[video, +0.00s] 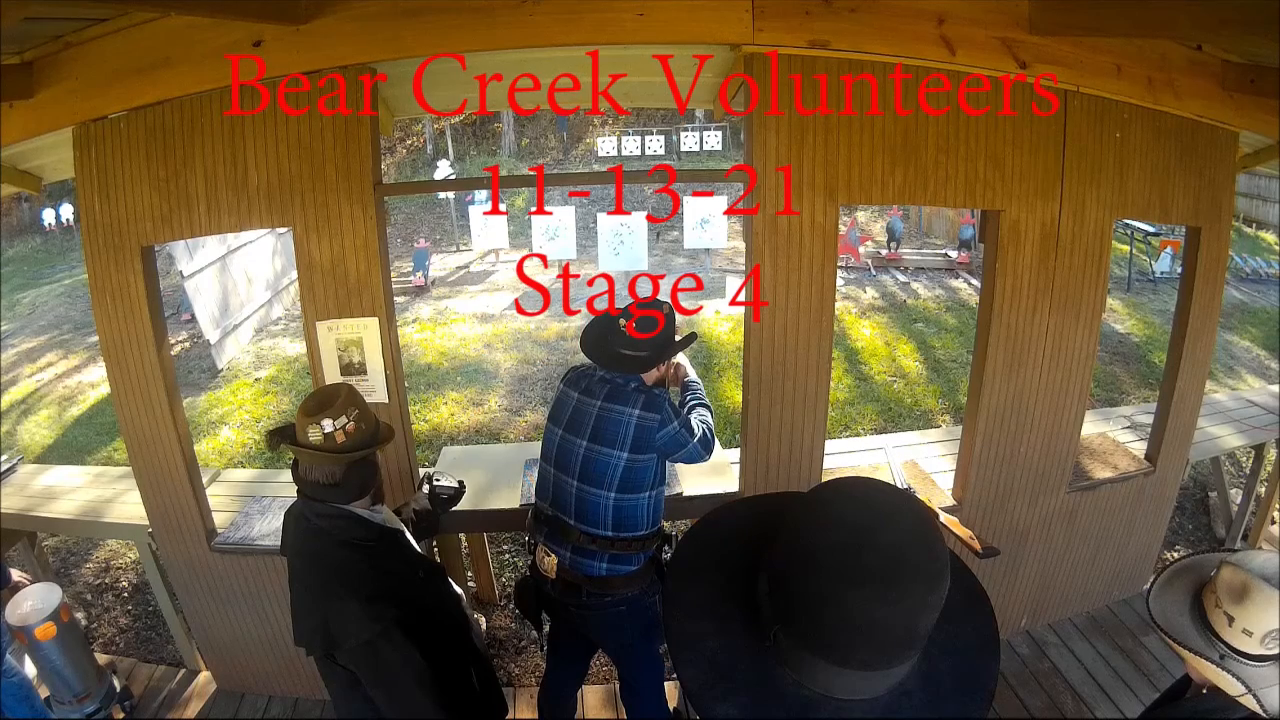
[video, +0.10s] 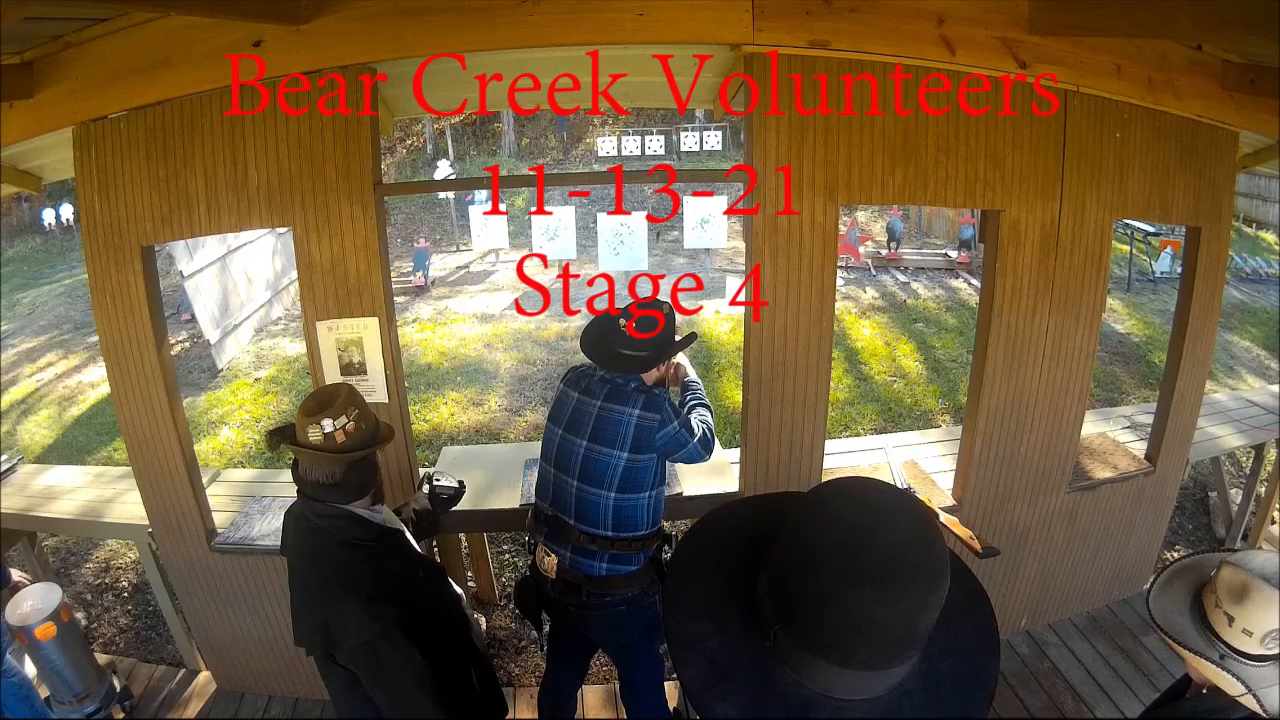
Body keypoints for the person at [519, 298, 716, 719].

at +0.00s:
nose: (668, 360)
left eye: (667, 353)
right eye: (666, 353)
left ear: (607, 349)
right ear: (652, 364)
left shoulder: (571, 383)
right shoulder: (653, 412)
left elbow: (615, 395)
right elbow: (701, 445)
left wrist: (650, 379)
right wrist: (691, 380)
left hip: (556, 577)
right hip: (618, 590)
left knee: (558, 684)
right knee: (644, 688)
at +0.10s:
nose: (668, 360)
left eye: (667, 354)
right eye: (665, 354)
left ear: (607, 349)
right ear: (652, 364)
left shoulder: (572, 383)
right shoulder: (653, 412)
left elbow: (615, 395)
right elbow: (701, 445)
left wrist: (651, 379)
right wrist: (691, 380)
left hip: (556, 576)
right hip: (618, 590)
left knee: (558, 683)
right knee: (644, 688)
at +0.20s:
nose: (668, 360)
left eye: (667, 353)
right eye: (666, 353)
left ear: (607, 349)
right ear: (651, 364)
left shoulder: (571, 382)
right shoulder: (653, 411)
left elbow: (616, 395)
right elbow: (701, 445)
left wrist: (650, 379)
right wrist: (691, 380)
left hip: (555, 575)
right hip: (618, 589)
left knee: (559, 680)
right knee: (644, 686)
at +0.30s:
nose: (669, 360)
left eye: (668, 353)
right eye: (666, 353)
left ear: (608, 349)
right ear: (652, 364)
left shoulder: (572, 382)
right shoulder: (653, 412)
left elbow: (616, 394)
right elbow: (701, 444)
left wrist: (652, 379)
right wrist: (691, 379)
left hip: (555, 576)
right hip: (618, 590)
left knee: (559, 681)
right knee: (644, 686)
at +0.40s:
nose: (668, 360)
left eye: (668, 353)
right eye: (666, 353)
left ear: (607, 349)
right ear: (652, 364)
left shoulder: (572, 382)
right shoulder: (653, 412)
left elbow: (616, 394)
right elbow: (702, 444)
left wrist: (652, 379)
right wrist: (691, 379)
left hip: (555, 576)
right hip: (618, 589)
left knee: (559, 680)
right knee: (644, 687)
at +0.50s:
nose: (668, 360)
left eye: (668, 353)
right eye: (666, 353)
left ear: (607, 349)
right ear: (652, 363)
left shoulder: (572, 383)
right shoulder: (653, 411)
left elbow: (615, 394)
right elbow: (701, 445)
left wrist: (651, 379)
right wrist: (691, 380)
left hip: (556, 576)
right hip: (618, 590)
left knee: (558, 682)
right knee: (644, 687)